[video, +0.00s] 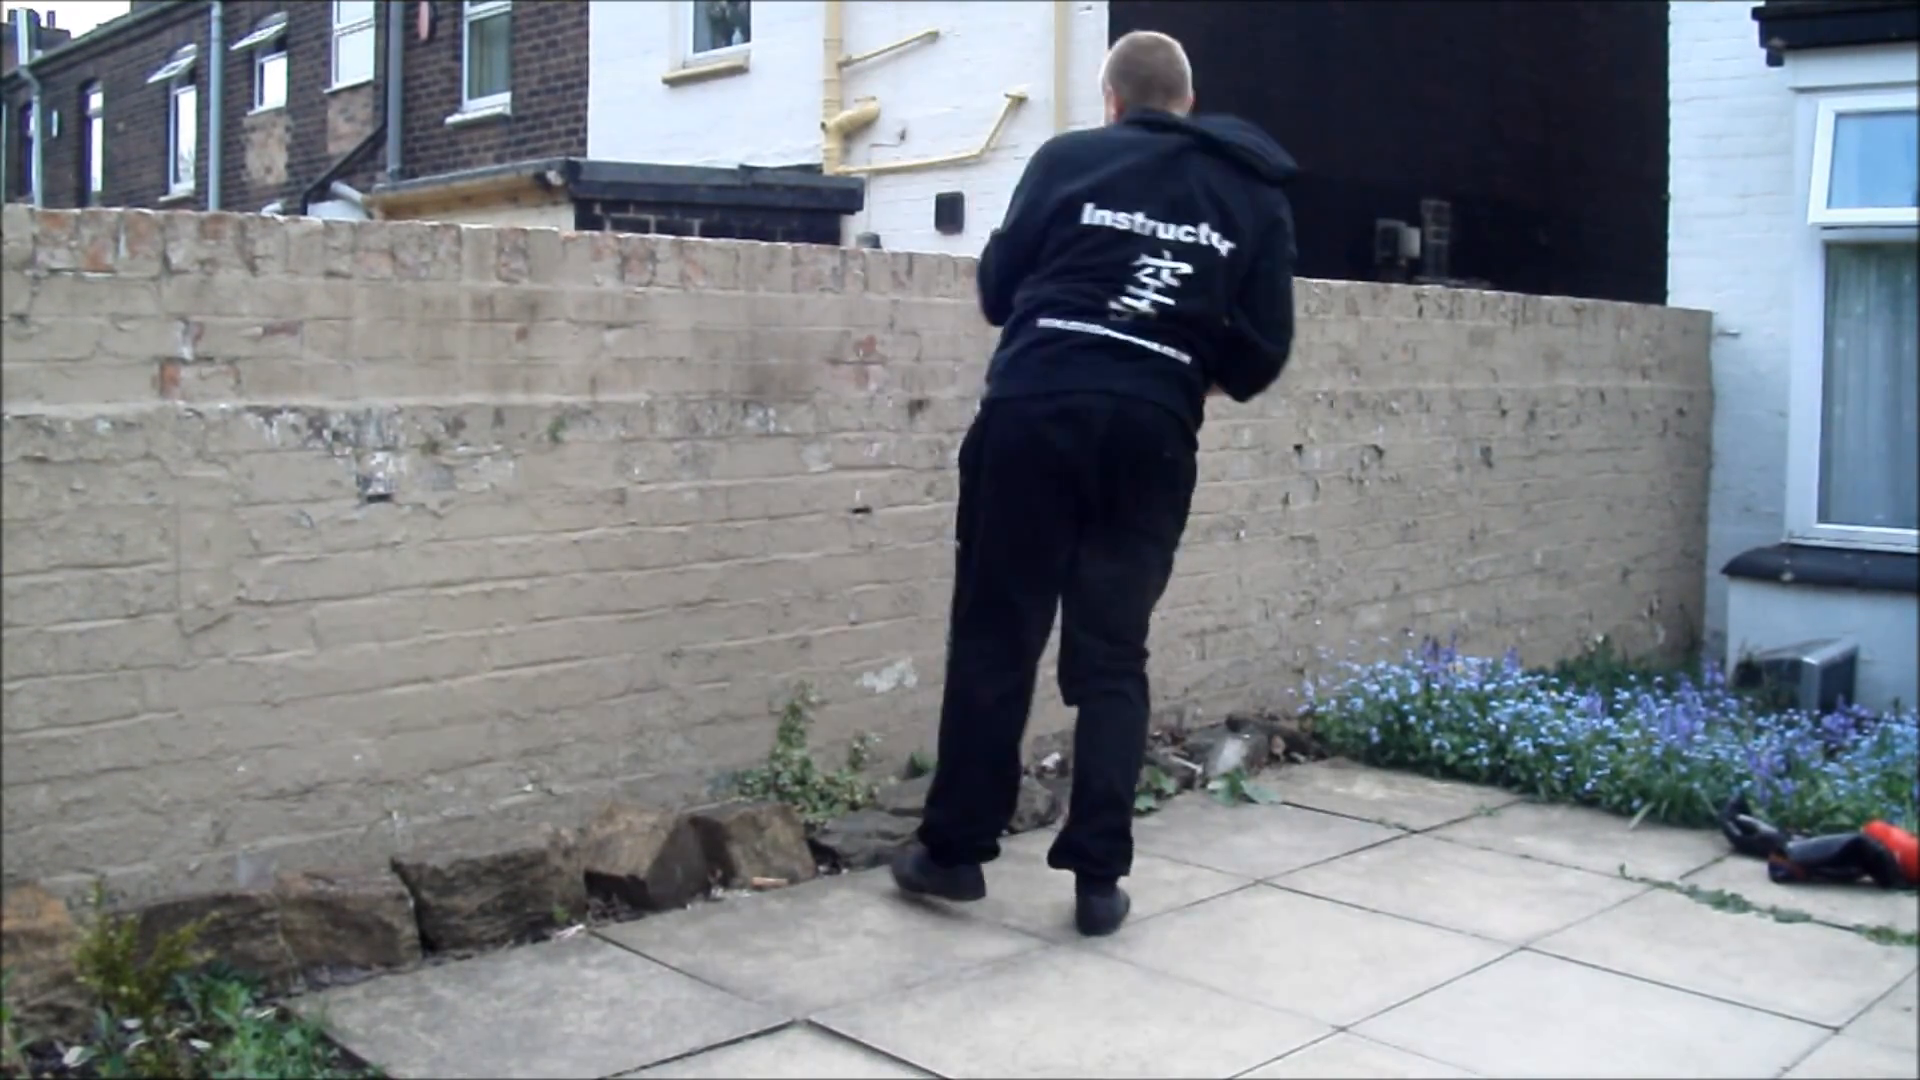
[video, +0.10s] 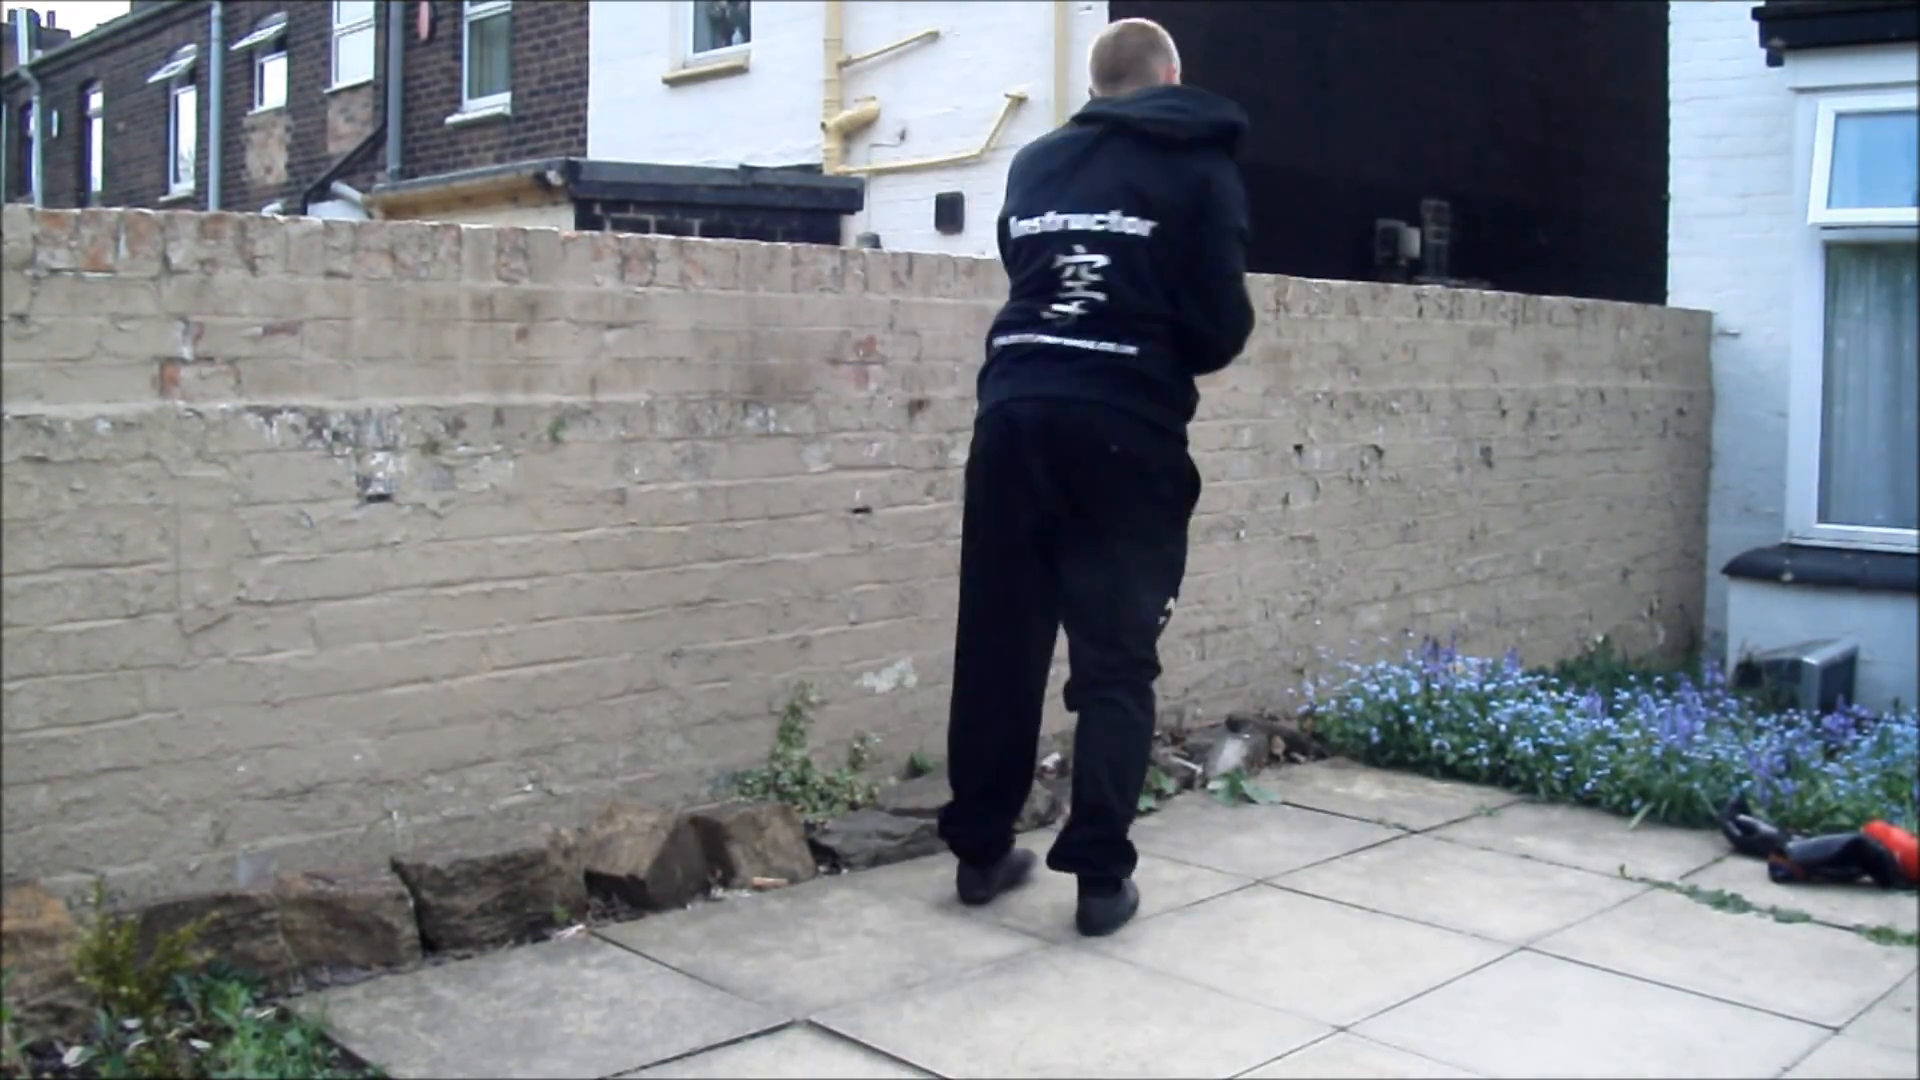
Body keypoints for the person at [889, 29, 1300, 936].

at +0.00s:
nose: (1102, 108)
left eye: (1102, 97)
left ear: (1110, 99)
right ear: (1195, 102)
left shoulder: (1066, 156)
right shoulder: (1255, 193)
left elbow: (998, 289)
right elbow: (1259, 357)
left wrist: (1077, 301)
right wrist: (1183, 346)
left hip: (1032, 407)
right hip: (1153, 425)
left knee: (992, 638)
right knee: (1112, 656)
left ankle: (952, 857)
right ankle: (1098, 882)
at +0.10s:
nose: (1183, 87)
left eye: (1171, 74)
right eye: (1180, 76)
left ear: (1092, 88)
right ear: (1172, 80)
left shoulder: (1035, 160)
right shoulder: (1201, 165)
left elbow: (1025, 271)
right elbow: (1221, 328)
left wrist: (1098, 315)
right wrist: (1155, 349)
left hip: (1013, 414)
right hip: (1128, 421)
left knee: (998, 642)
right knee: (1117, 659)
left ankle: (981, 855)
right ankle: (1100, 883)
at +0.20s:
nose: (1178, 101)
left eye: (1177, 85)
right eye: (1172, 83)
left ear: (1094, 81)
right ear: (1133, 80)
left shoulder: (1039, 160)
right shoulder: (1121, 164)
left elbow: (1111, 268)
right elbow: (1186, 314)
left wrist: (1176, 194)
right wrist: (1213, 252)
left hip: (1004, 438)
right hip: (1093, 448)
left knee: (1012, 653)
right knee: (1118, 670)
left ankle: (988, 858)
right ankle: (1102, 884)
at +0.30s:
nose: (1167, 72)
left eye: (1165, 55)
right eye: (1152, 50)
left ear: (1099, 62)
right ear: (1093, 55)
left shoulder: (1090, 152)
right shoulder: (1053, 149)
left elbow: (1200, 260)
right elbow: (1132, 263)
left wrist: (1191, 162)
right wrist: (1175, 175)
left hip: (1039, 426)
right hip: (1077, 434)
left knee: (1033, 638)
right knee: (1117, 647)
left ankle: (986, 845)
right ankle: (1075, 862)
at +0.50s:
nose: (1108, 70)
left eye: (1113, 53)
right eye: (1086, 55)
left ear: (1122, 68)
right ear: (1034, 74)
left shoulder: (1137, 173)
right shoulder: (991, 166)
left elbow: (1227, 260)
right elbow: (1005, 287)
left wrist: (1165, 156)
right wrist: (1089, 186)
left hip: (1130, 445)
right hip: (1044, 444)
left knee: (1098, 653)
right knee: (1057, 652)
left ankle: (1035, 834)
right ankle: (991, 856)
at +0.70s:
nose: (1091, 67)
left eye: (1102, 48)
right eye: (1068, 54)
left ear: (1122, 58)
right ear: (1035, 71)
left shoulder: (1181, 157)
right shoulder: (997, 179)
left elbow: (1221, 308)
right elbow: (976, 335)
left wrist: (1155, 221)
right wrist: (1035, 272)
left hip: (1170, 457)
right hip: (1057, 462)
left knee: (1199, 630)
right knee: (1030, 668)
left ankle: (1114, 793)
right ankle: (996, 857)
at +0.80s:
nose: (1109, 76)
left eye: (1123, 59)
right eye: (1090, 61)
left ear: (1148, 66)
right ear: (1060, 72)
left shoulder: (1203, 145)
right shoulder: (1019, 161)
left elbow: (1256, 285)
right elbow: (992, 321)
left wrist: (1177, 185)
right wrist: (1047, 261)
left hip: (1194, 446)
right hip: (1076, 451)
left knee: (1223, 636)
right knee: (1055, 651)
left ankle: (1229, 804)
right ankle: (1009, 856)